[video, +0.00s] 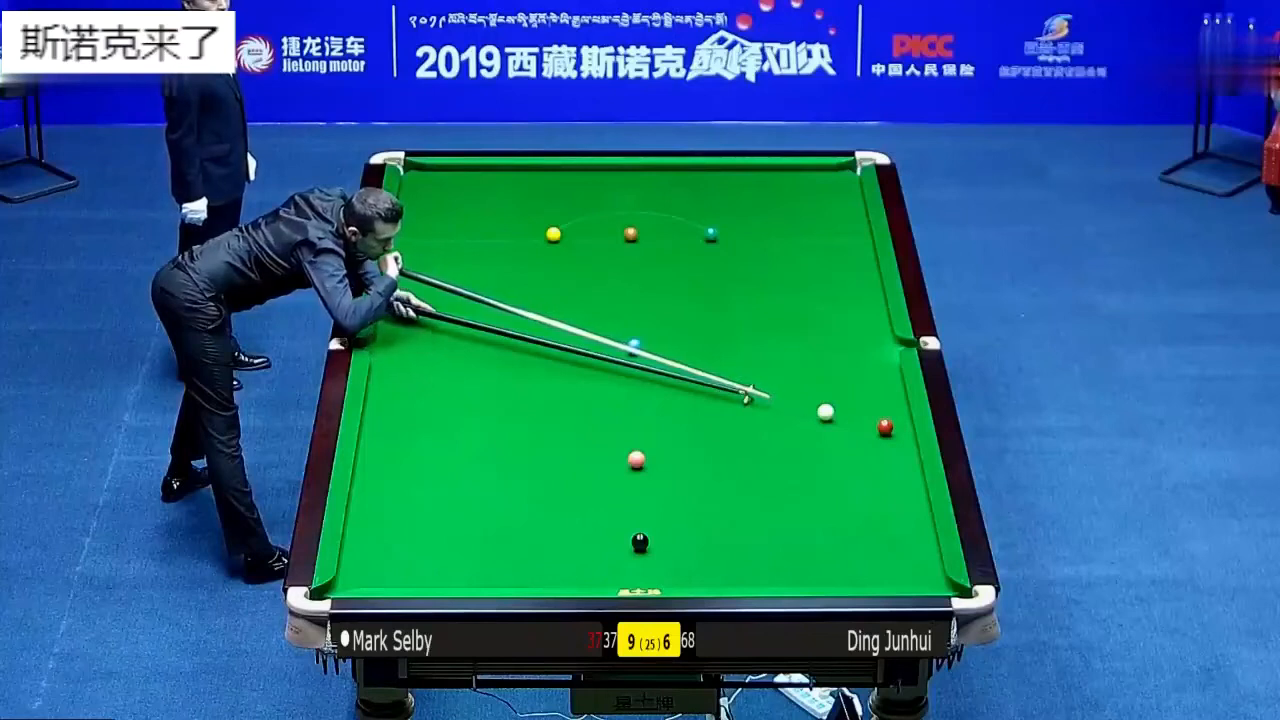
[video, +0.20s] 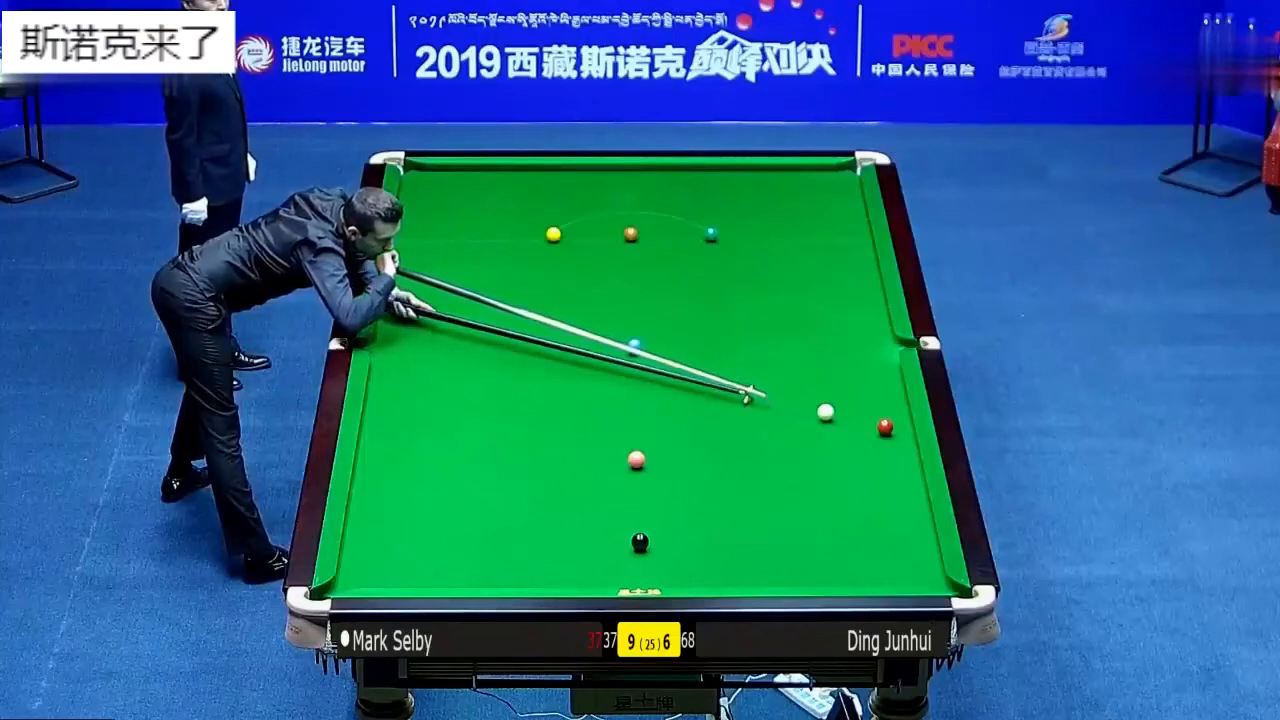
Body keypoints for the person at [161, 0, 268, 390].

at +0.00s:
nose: (225, 9)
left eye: (225, 4)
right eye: (216, 3)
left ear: (221, 10)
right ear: (192, 7)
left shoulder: (217, 54)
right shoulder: (184, 66)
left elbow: (227, 114)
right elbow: (181, 135)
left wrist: (243, 154)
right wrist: (191, 195)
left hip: (227, 183)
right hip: (205, 190)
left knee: (220, 268)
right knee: (203, 274)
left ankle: (218, 346)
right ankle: (208, 353)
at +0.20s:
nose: (224, 9)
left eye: (224, 4)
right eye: (215, 3)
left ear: (220, 10)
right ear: (191, 7)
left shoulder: (217, 54)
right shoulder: (184, 66)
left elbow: (228, 113)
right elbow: (181, 136)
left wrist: (242, 154)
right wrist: (191, 195)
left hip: (227, 184)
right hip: (205, 191)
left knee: (220, 268)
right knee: (203, 274)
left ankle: (218, 347)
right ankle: (210, 353)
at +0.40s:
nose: (223, 9)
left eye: (224, 4)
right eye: (214, 4)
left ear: (220, 11)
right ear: (190, 7)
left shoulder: (217, 56)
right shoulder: (185, 67)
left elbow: (228, 114)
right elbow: (181, 136)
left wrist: (242, 153)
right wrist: (191, 195)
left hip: (227, 185)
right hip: (205, 191)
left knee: (220, 269)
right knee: (203, 274)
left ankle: (219, 347)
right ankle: (208, 354)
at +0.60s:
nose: (223, 9)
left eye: (223, 4)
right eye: (214, 3)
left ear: (221, 10)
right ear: (190, 7)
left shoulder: (216, 54)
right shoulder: (185, 65)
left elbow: (227, 114)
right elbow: (181, 135)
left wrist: (242, 153)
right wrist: (191, 195)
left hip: (227, 184)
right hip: (206, 190)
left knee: (220, 267)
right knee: (205, 273)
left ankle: (218, 348)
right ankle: (211, 354)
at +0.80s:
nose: (221, 9)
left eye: (222, 4)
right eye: (212, 4)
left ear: (220, 9)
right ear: (189, 7)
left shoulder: (216, 52)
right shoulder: (183, 64)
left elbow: (228, 113)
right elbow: (180, 136)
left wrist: (243, 153)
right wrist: (190, 195)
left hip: (227, 183)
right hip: (206, 190)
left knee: (219, 270)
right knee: (202, 275)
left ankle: (218, 347)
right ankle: (204, 356)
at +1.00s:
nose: (220, 9)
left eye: (221, 4)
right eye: (211, 3)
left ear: (219, 9)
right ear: (188, 7)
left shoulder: (216, 52)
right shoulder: (182, 64)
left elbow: (227, 113)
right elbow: (180, 136)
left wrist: (243, 154)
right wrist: (190, 195)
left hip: (228, 184)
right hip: (205, 191)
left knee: (219, 272)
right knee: (201, 277)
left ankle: (218, 351)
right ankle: (202, 358)